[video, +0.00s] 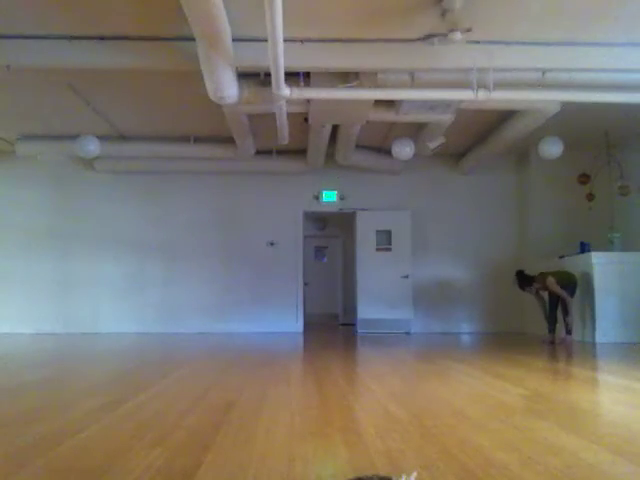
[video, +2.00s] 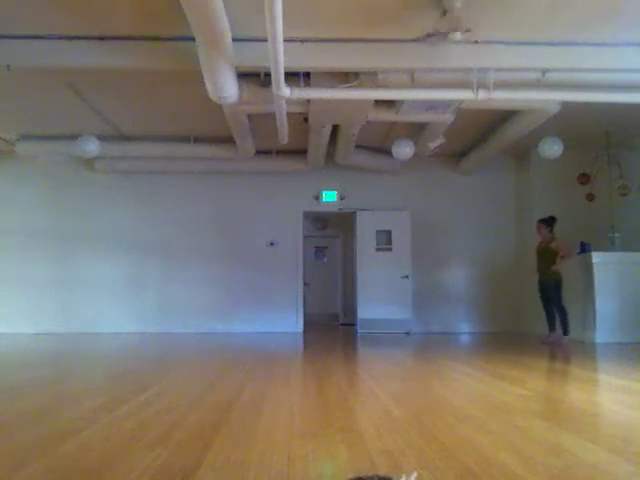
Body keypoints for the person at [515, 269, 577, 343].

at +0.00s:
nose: (529, 292)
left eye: (527, 290)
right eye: (526, 291)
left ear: (530, 286)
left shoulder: (548, 282)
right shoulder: (534, 287)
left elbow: (567, 298)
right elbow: (542, 301)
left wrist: (570, 316)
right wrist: (546, 316)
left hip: (569, 284)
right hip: (553, 286)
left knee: (565, 309)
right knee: (552, 312)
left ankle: (568, 336)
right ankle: (551, 337)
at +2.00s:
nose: (538, 231)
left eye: (541, 228)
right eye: (538, 228)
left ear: (548, 229)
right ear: (540, 230)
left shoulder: (554, 243)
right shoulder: (541, 243)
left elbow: (567, 253)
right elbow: (542, 257)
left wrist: (557, 261)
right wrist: (539, 268)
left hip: (553, 276)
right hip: (543, 276)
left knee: (557, 304)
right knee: (547, 305)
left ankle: (565, 333)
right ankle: (551, 332)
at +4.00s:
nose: (543, 240)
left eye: (543, 237)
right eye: (541, 238)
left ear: (548, 233)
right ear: (544, 236)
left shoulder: (561, 239)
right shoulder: (548, 242)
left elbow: (575, 247)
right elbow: (548, 256)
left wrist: (566, 258)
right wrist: (546, 262)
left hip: (562, 271)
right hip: (551, 272)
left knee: (563, 303)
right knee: (552, 304)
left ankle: (567, 336)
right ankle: (555, 334)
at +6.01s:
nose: (540, 233)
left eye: (541, 229)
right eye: (539, 230)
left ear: (548, 228)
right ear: (544, 230)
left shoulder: (559, 241)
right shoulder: (545, 243)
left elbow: (567, 255)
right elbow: (544, 257)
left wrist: (552, 263)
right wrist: (542, 265)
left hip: (558, 274)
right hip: (548, 274)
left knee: (561, 304)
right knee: (553, 305)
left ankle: (566, 335)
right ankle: (556, 334)